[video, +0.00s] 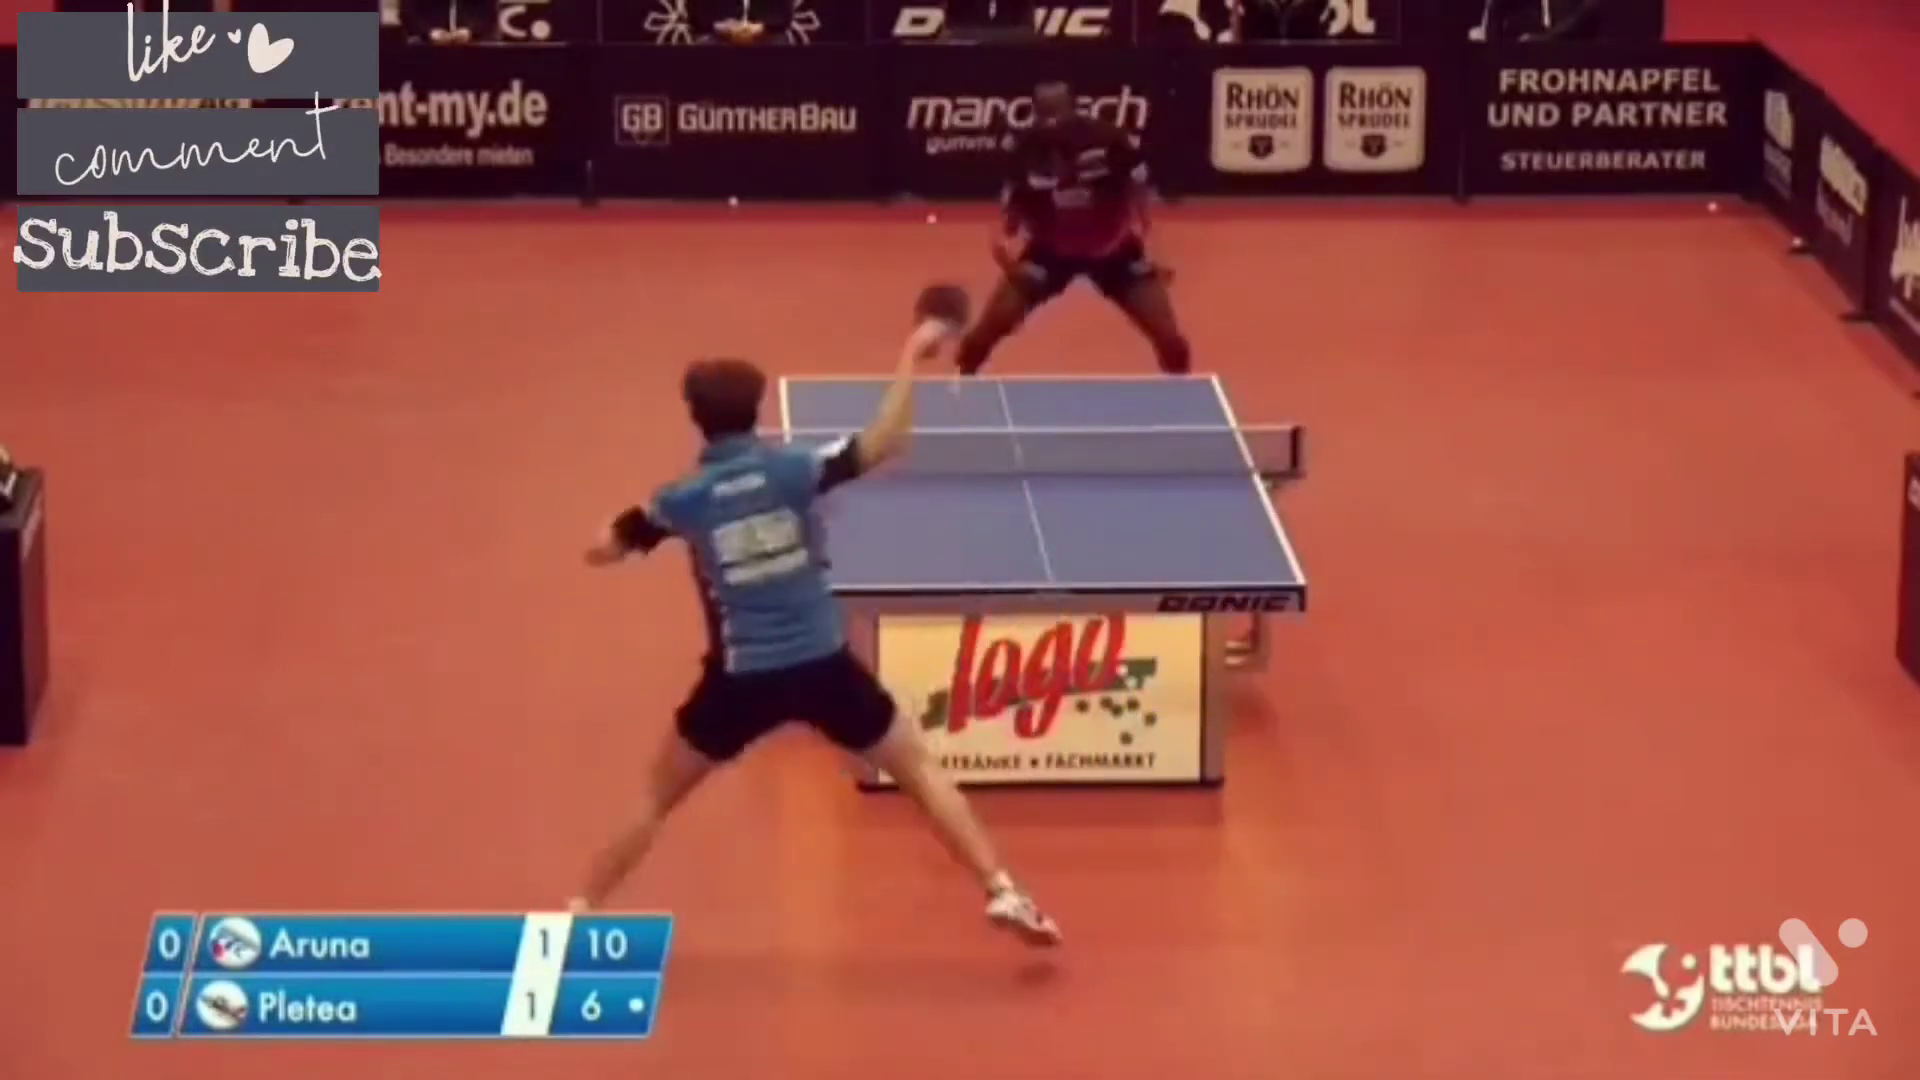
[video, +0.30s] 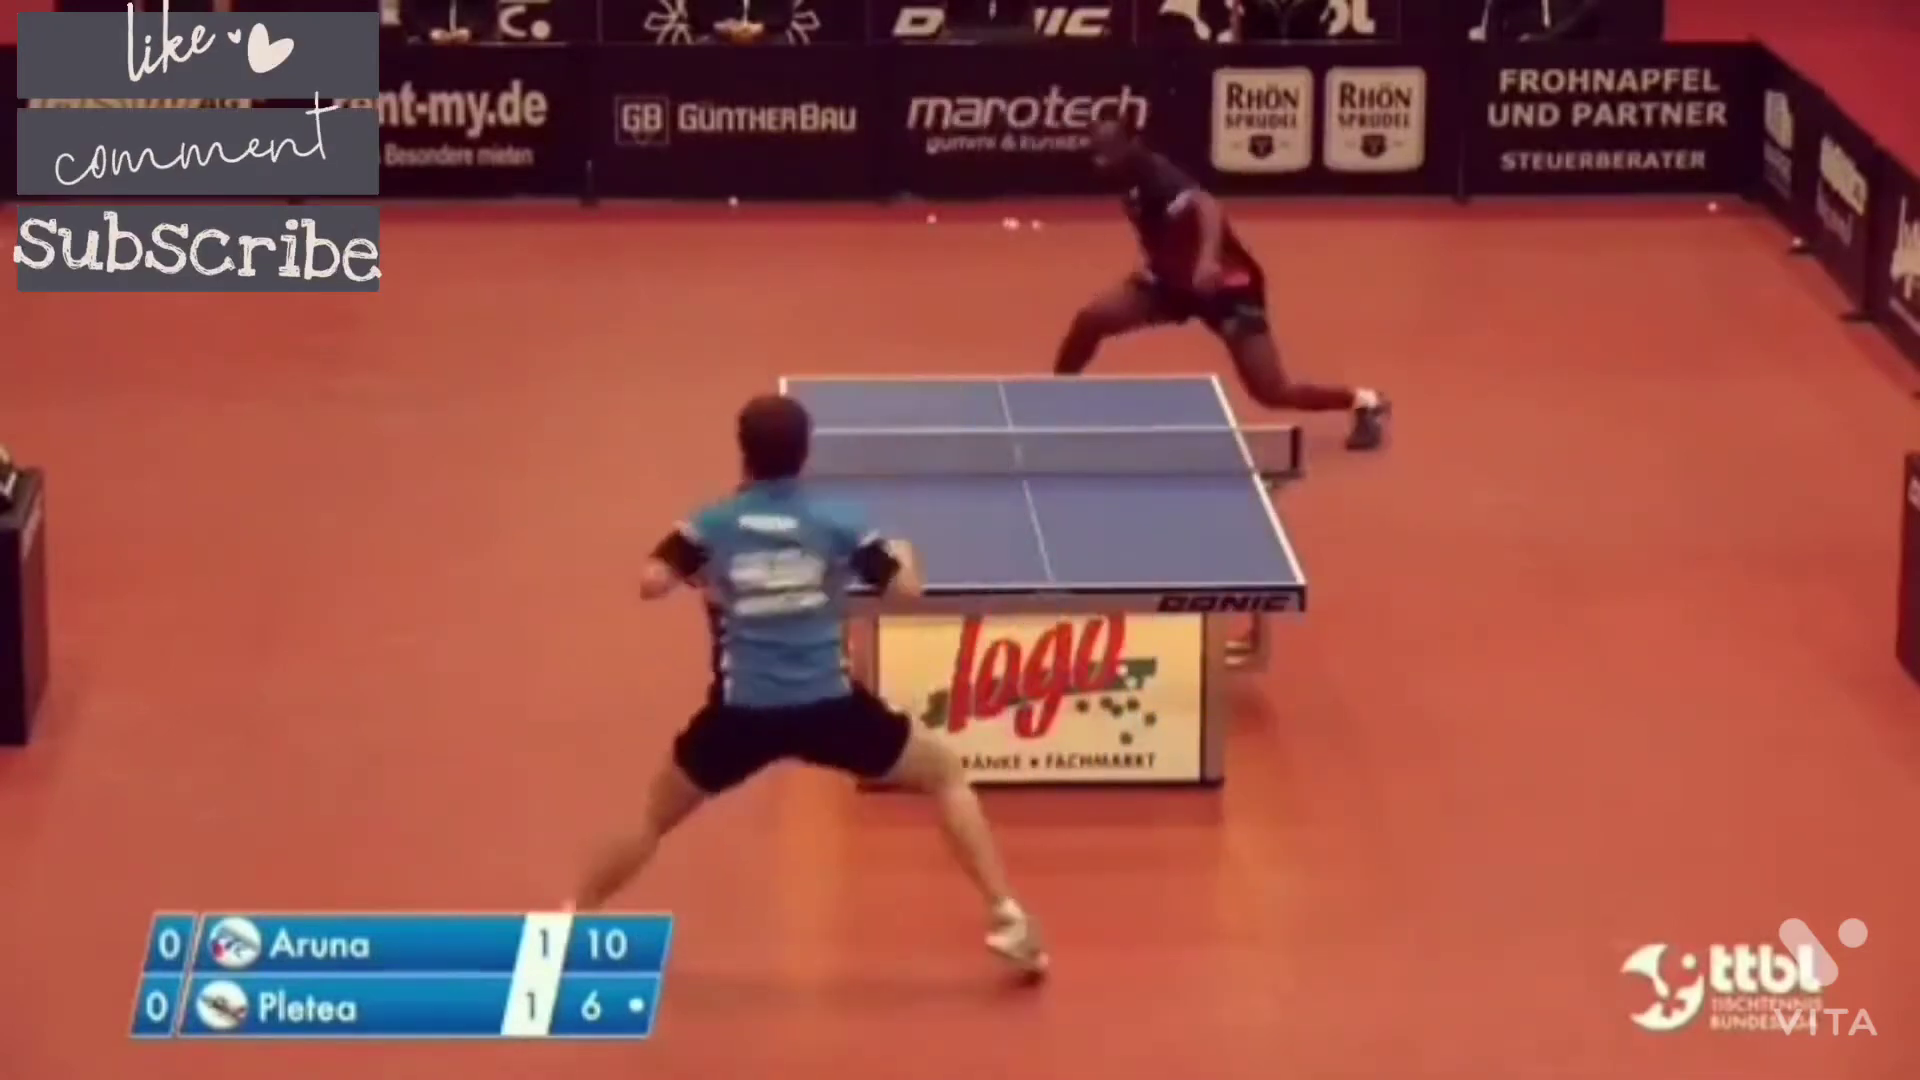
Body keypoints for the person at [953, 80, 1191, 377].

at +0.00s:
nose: (1052, 120)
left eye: (1058, 110)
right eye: (1044, 112)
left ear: (1073, 107)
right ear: (1035, 112)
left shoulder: (1108, 139)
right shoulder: (1025, 148)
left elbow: (1141, 187)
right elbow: (1014, 201)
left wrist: (1142, 238)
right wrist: (1004, 237)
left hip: (1113, 251)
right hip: (1049, 254)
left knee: (1172, 342)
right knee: (985, 331)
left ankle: (1179, 411)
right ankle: (956, 394)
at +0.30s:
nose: (1096, 160)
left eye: (1102, 151)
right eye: (1095, 152)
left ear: (1129, 146)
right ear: (1116, 151)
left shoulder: (1159, 176)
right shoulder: (1130, 183)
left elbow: (1208, 208)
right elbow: (1159, 232)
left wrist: (1208, 260)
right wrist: (1158, 269)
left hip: (1226, 288)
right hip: (1172, 284)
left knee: (1270, 391)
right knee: (1090, 321)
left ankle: (1364, 402)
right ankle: (1052, 404)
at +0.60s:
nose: (1219, 98)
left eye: (1229, 90)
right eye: (1215, 89)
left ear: (1252, 96)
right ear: (1206, 92)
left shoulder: (1277, 137)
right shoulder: (1189, 119)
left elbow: (1339, 152)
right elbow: (1149, 71)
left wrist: (1332, 93)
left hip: (1233, 262)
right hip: (1169, 252)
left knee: (1276, 359)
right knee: (1098, 325)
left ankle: (1350, 404)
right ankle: (1053, 404)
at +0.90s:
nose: (1230, 79)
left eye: (1237, 70)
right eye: (1223, 71)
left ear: (1250, 71)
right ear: (1211, 73)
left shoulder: (1280, 117)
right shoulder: (1192, 112)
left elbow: (1298, 178)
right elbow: (1143, 145)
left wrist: (1285, 223)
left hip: (1260, 242)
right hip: (1194, 238)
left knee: (1310, 333)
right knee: (1128, 317)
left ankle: (1349, 409)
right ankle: (1096, 399)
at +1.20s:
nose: (1216, 129)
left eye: (1223, 118)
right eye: (1208, 120)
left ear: (1238, 116)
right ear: (1195, 121)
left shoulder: (1268, 142)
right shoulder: (1179, 159)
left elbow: (1302, 185)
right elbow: (1155, 224)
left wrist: (1310, 226)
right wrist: (1184, 250)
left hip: (1262, 248)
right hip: (1198, 251)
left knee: (1321, 322)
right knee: (1135, 331)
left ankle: (1332, 414)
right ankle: (1095, 403)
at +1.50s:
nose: (1268, 169)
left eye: (1275, 160)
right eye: (1260, 161)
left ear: (1290, 155)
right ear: (1249, 157)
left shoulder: (1315, 169)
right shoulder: (1228, 189)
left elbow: (1352, 189)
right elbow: (1203, 267)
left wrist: (1384, 228)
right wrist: (1266, 301)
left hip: (1288, 258)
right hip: (1230, 261)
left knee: (1338, 324)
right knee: (1168, 329)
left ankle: (1335, 416)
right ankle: (1143, 404)